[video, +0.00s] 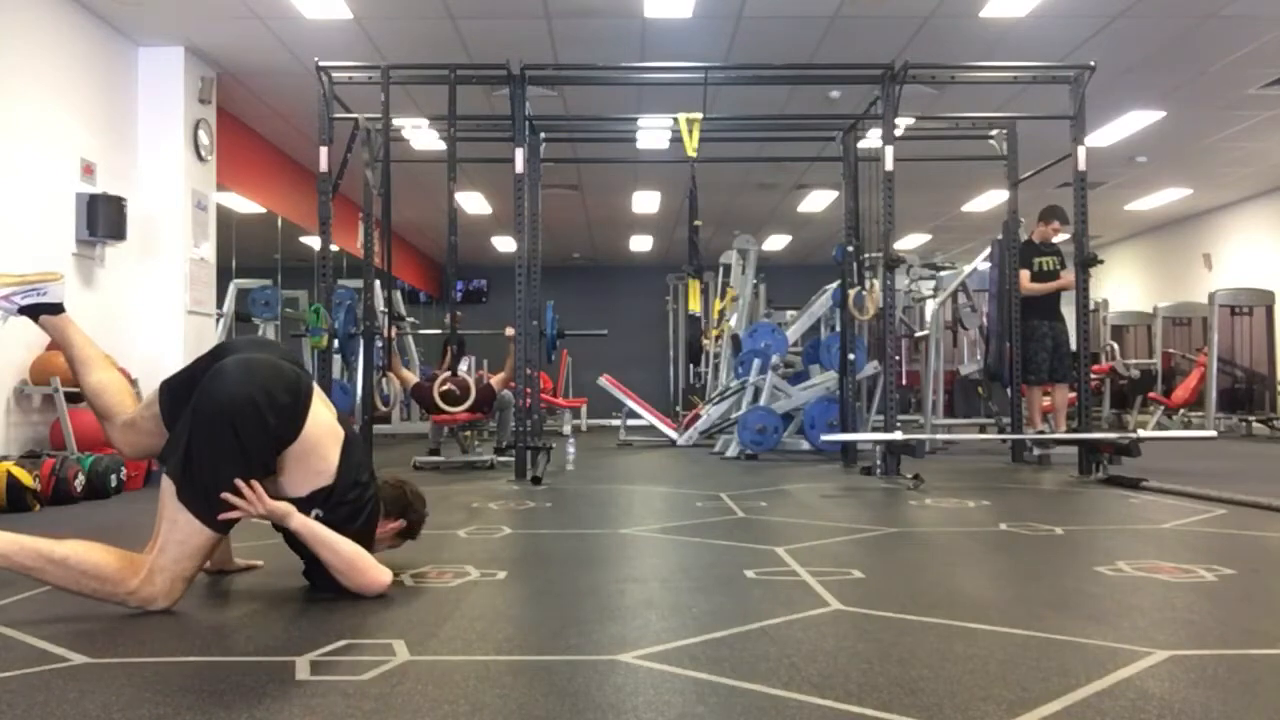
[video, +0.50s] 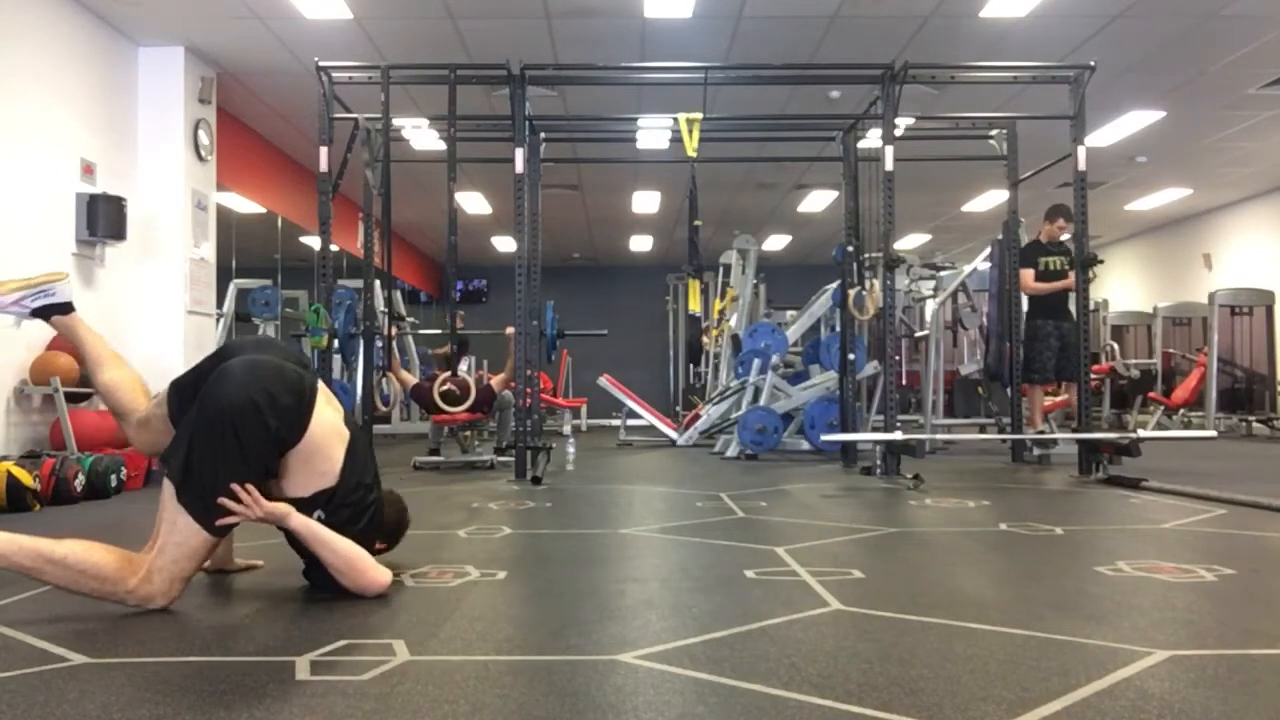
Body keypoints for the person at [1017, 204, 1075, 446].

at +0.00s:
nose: (1056, 235)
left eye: (1059, 231)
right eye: (1055, 230)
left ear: (1049, 228)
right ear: (1042, 225)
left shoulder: (1055, 251)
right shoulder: (1024, 250)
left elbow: (1062, 279)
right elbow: (1024, 287)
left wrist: (1075, 278)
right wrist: (1059, 283)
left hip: (1055, 317)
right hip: (1033, 319)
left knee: (1061, 376)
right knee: (1036, 377)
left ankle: (1061, 428)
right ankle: (1037, 427)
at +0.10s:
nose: (1056, 236)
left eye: (1058, 232)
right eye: (1055, 231)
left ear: (1050, 228)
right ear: (1042, 225)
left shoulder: (1055, 250)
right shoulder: (1024, 250)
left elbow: (1062, 279)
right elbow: (1024, 287)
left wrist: (1076, 278)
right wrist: (1060, 283)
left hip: (1055, 317)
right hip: (1034, 318)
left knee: (1063, 375)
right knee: (1035, 376)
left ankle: (1061, 428)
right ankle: (1036, 427)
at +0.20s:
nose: (1057, 236)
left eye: (1059, 232)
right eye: (1055, 230)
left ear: (1051, 228)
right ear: (1043, 224)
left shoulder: (1056, 250)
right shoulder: (1025, 250)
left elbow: (1063, 278)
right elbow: (1025, 287)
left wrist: (1077, 277)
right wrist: (1061, 283)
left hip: (1056, 316)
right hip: (1034, 318)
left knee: (1068, 372)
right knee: (1035, 376)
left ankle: (1064, 427)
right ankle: (1036, 428)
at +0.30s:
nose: (1057, 236)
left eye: (1060, 232)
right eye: (1056, 230)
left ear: (1053, 228)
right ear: (1044, 224)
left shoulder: (1057, 251)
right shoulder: (1025, 250)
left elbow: (1064, 279)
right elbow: (1025, 287)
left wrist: (1077, 276)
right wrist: (1061, 283)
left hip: (1057, 316)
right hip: (1035, 318)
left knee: (1069, 373)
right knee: (1036, 376)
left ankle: (1070, 424)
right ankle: (1036, 427)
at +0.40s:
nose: (1060, 235)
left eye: (1062, 231)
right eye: (1058, 229)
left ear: (1058, 228)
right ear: (1045, 224)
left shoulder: (1060, 251)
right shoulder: (1026, 250)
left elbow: (1067, 280)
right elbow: (1026, 286)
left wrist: (1079, 276)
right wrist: (1063, 283)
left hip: (1060, 316)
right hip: (1037, 318)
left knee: (1072, 372)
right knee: (1037, 376)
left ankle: (1074, 421)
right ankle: (1036, 426)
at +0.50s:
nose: (1063, 234)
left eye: (1065, 230)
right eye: (1060, 228)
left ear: (1066, 228)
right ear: (1047, 223)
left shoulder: (1065, 251)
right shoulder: (1028, 251)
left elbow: (1073, 280)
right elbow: (1027, 286)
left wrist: (1080, 277)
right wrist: (1065, 283)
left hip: (1064, 317)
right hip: (1040, 318)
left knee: (1074, 373)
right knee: (1037, 376)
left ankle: (1077, 420)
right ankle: (1037, 425)